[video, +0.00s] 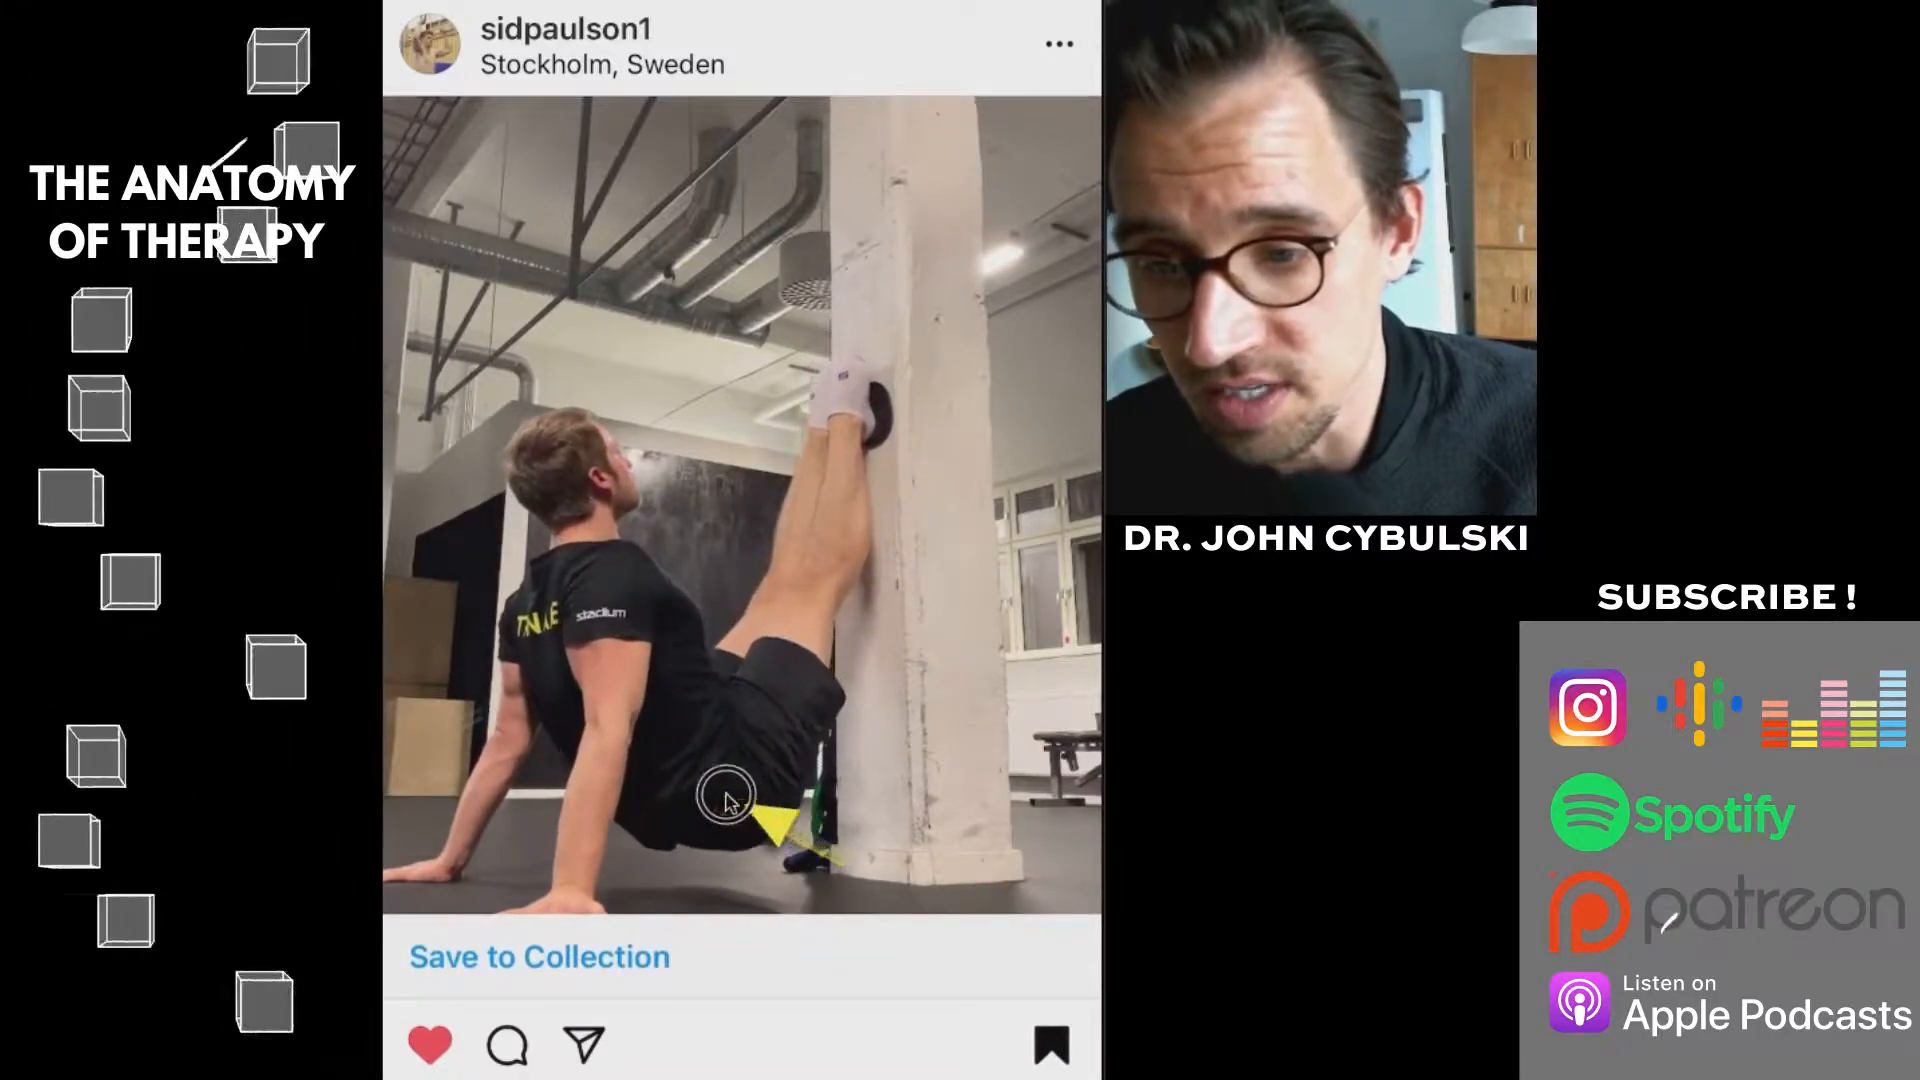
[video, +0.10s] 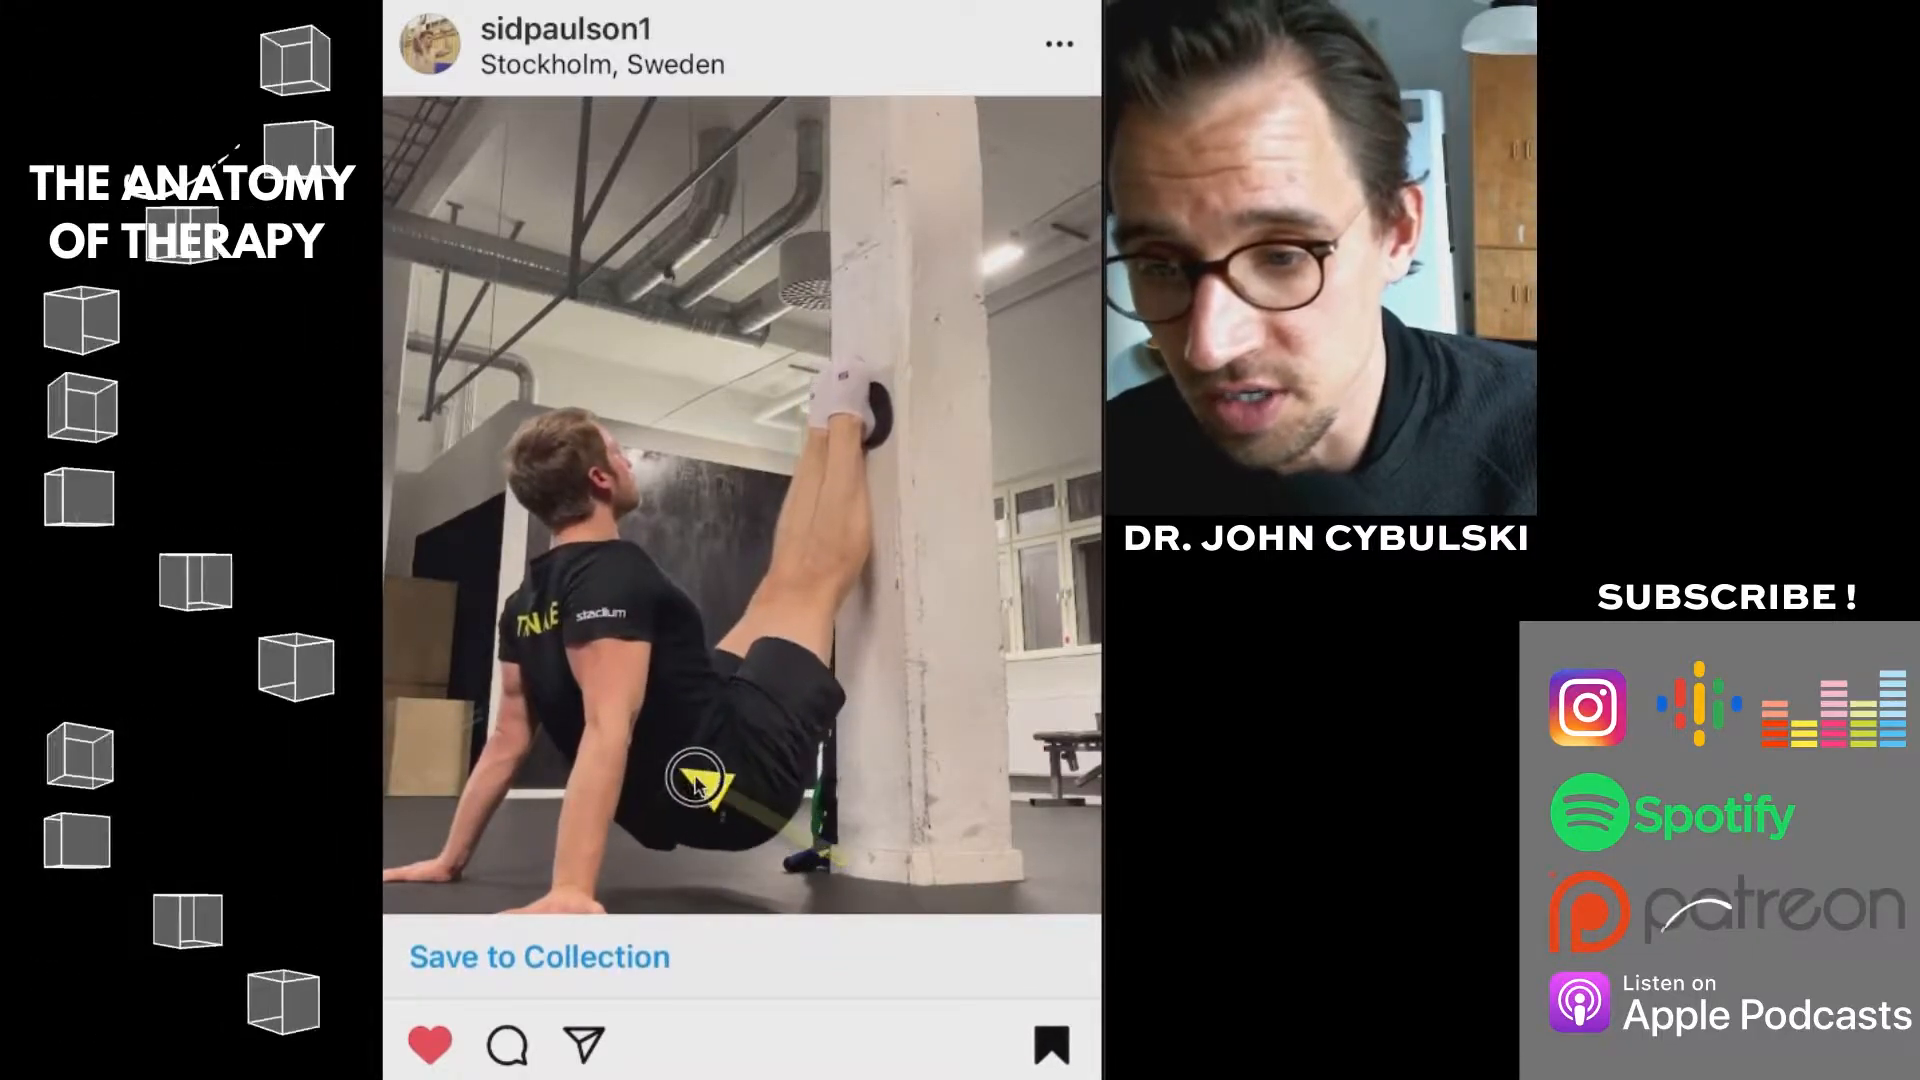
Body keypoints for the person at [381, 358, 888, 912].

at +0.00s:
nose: (628, 461)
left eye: (618, 449)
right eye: (616, 454)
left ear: (541, 501)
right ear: (600, 479)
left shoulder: (522, 602)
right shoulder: (613, 571)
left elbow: (508, 744)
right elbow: (605, 730)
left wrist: (450, 859)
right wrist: (572, 889)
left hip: (665, 806)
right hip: (732, 782)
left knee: (782, 585)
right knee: (816, 581)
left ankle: (825, 425)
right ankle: (846, 429)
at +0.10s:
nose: (628, 461)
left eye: (618, 449)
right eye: (616, 454)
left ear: (541, 501)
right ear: (600, 479)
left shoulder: (522, 603)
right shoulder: (612, 571)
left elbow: (508, 743)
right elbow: (605, 730)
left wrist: (450, 859)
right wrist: (572, 889)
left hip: (671, 810)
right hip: (738, 787)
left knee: (782, 586)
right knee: (815, 582)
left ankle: (825, 425)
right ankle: (846, 428)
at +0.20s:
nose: (628, 461)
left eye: (618, 449)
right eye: (616, 454)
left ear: (540, 500)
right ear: (600, 479)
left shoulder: (521, 602)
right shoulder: (611, 571)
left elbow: (508, 743)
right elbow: (605, 730)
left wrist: (450, 859)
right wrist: (572, 888)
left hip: (668, 809)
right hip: (735, 789)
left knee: (780, 588)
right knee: (814, 585)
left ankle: (825, 426)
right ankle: (847, 430)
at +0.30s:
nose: (627, 461)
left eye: (618, 449)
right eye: (617, 453)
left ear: (540, 500)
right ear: (600, 478)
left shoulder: (521, 602)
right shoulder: (611, 571)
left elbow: (508, 741)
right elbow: (605, 730)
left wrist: (450, 859)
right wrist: (572, 888)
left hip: (667, 810)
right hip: (734, 790)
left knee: (780, 588)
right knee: (813, 586)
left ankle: (825, 428)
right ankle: (848, 432)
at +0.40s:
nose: (628, 462)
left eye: (619, 449)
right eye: (618, 453)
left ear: (539, 499)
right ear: (600, 478)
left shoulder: (521, 602)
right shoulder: (611, 571)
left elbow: (507, 742)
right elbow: (604, 731)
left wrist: (449, 859)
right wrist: (573, 888)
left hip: (662, 812)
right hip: (731, 791)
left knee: (777, 593)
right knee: (812, 590)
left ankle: (825, 430)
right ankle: (848, 435)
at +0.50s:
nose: (629, 462)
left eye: (620, 450)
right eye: (618, 454)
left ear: (539, 498)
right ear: (600, 478)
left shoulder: (521, 602)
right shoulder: (611, 571)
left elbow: (507, 743)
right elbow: (604, 731)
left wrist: (449, 859)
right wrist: (573, 888)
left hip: (663, 812)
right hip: (732, 793)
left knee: (778, 592)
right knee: (812, 589)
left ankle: (825, 431)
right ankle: (849, 437)